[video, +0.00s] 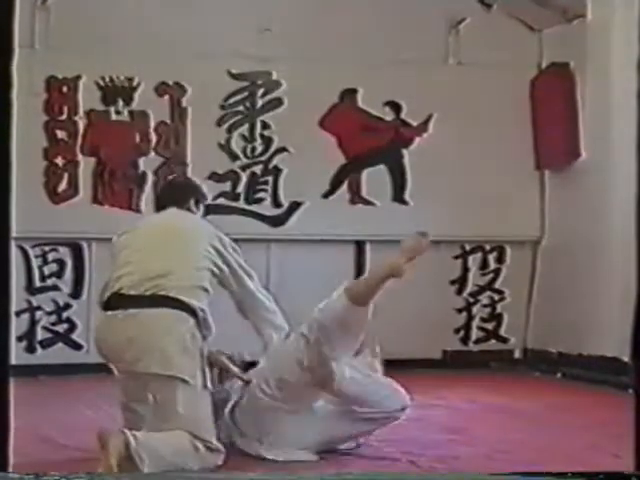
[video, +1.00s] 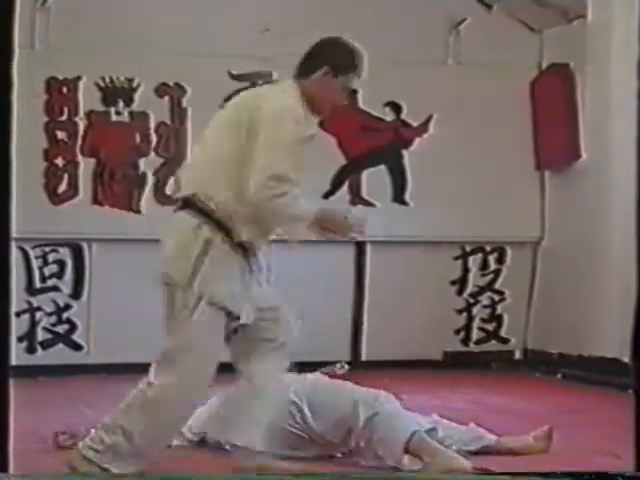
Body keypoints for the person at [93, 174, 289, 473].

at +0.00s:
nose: (203, 214)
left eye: (202, 209)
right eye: (203, 208)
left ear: (158, 205)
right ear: (196, 206)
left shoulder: (127, 237)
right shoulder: (207, 235)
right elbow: (253, 299)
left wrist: (204, 356)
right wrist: (284, 354)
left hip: (111, 326)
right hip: (168, 329)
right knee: (203, 447)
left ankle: (134, 452)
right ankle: (128, 446)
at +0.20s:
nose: (206, 202)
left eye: (206, 196)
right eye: (204, 196)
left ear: (156, 194)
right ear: (192, 192)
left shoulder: (126, 229)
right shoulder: (208, 223)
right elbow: (255, 281)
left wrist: (206, 342)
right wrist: (289, 322)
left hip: (112, 322)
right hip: (165, 327)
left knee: (140, 389)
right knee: (198, 445)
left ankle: (139, 449)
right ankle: (128, 449)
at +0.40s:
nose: (222, 165)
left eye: (223, 159)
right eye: (221, 158)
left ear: (178, 152)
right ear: (206, 154)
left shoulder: (141, 186)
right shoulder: (217, 182)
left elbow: (119, 246)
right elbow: (222, 225)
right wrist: (235, 286)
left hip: (118, 286)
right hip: (168, 294)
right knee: (172, 421)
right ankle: (109, 445)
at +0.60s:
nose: (268, 128)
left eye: (271, 119)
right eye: (266, 117)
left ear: (232, 109)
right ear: (244, 109)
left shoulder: (187, 136)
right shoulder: (230, 147)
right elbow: (202, 192)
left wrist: (203, 274)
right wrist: (215, 272)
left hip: (122, 248)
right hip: (156, 255)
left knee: (156, 366)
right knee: (201, 382)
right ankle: (112, 441)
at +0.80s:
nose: (301, 112)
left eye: (306, 104)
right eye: (302, 100)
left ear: (275, 87)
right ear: (279, 86)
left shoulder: (238, 117)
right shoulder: (240, 119)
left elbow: (204, 191)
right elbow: (202, 189)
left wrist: (234, 249)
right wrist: (236, 250)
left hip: (161, 244)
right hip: (167, 248)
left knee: (178, 368)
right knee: (182, 371)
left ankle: (134, 446)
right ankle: (102, 456)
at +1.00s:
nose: (345, 103)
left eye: (350, 94)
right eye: (346, 90)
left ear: (318, 75)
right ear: (323, 74)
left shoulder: (276, 103)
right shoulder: (283, 108)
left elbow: (261, 198)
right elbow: (269, 195)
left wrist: (316, 220)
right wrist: (320, 216)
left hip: (229, 248)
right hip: (207, 244)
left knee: (273, 332)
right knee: (188, 369)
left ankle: (241, 436)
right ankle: (101, 453)